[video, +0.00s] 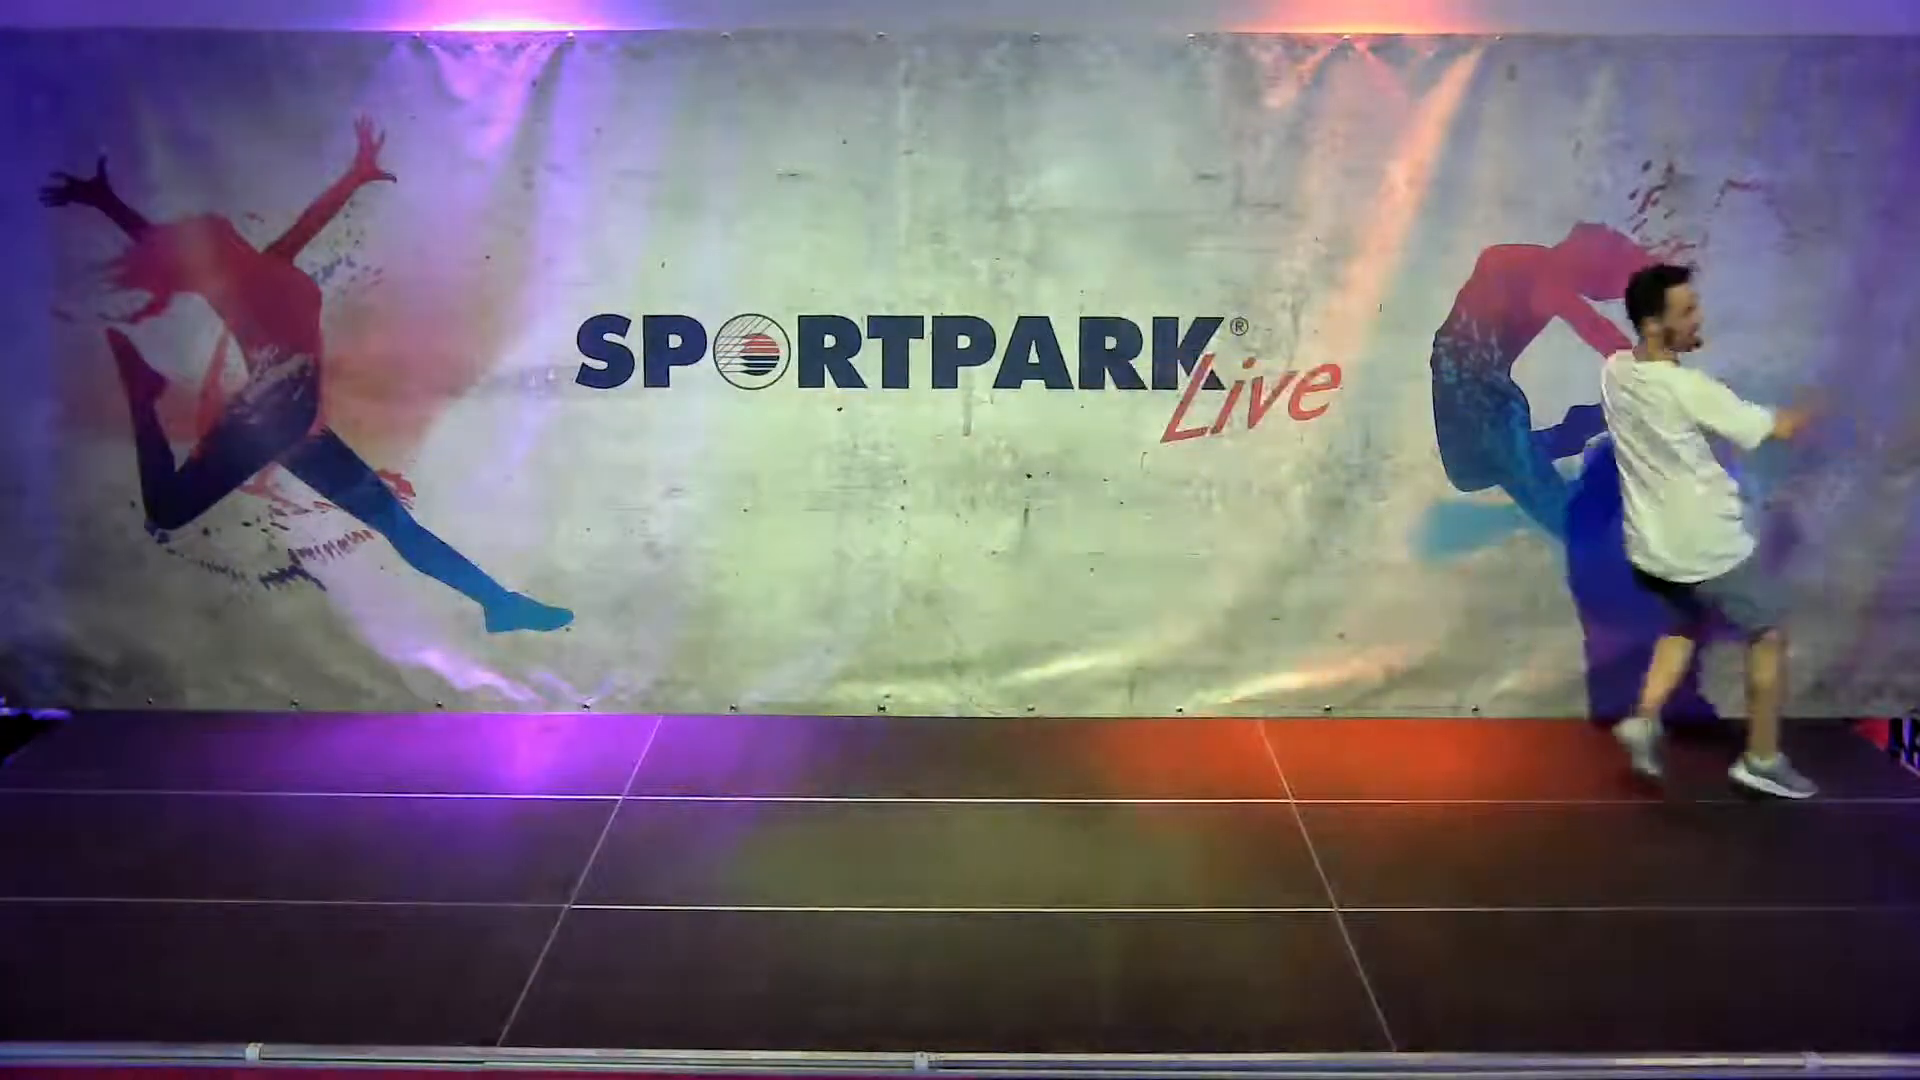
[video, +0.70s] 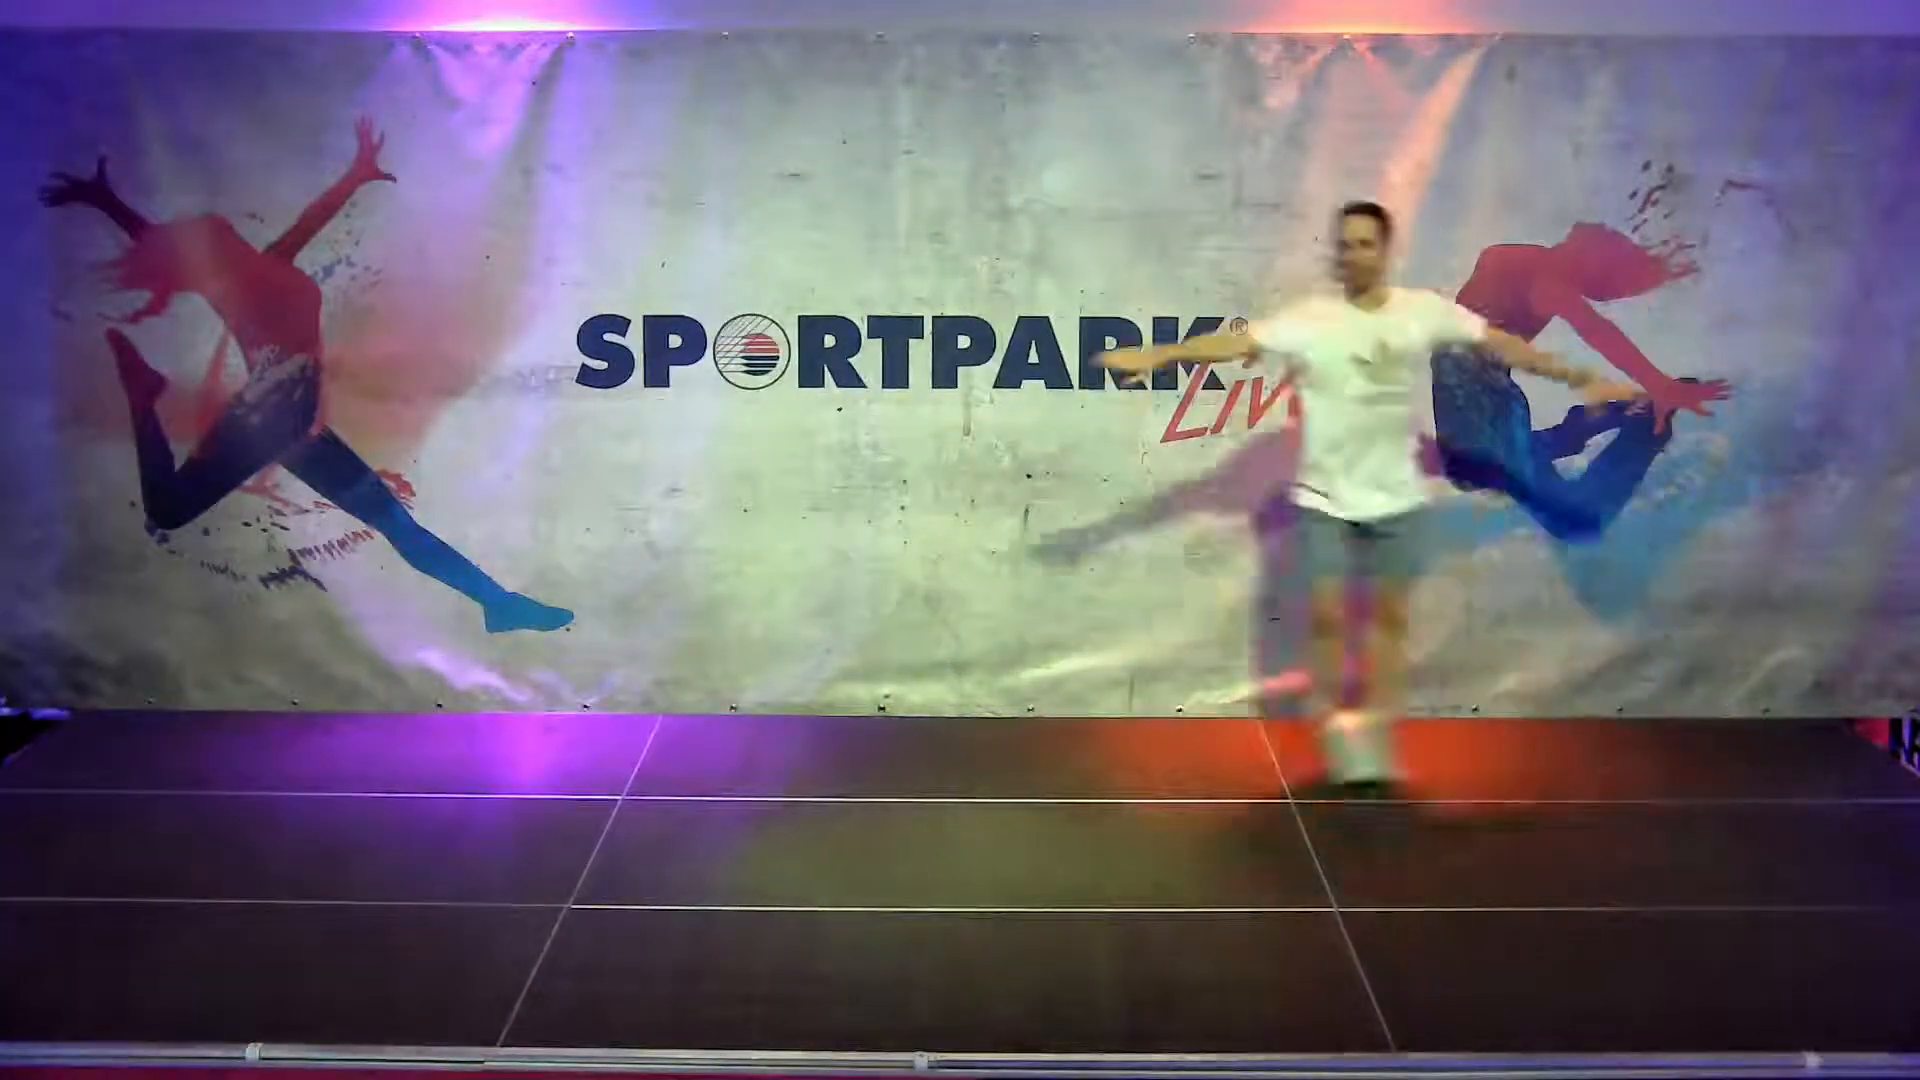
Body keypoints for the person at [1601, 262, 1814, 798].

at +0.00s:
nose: (1698, 319)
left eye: (1695, 307)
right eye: (1688, 311)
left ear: (1646, 324)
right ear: (1656, 322)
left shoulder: (1614, 374)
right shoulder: (1686, 387)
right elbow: (1765, 427)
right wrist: (1806, 411)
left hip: (1648, 551)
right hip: (1708, 551)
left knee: (1684, 623)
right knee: (1767, 632)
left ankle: (1644, 720)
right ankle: (1762, 757)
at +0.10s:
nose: (1658, 329)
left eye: (1661, 317)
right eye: (1644, 321)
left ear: (1664, 318)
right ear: (1616, 330)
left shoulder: (1633, 377)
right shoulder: (1641, 394)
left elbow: (1698, 401)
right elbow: (1725, 402)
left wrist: (1741, 427)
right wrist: (1724, 341)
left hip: (1629, 545)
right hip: (1656, 553)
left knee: (1685, 627)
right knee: (1733, 640)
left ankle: (1602, 720)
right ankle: (1754, 760)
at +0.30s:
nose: (1575, 326)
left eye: (1583, 314)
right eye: (1562, 316)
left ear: (1595, 317)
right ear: (1544, 324)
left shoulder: (1614, 372)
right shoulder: (1541, 391)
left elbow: (1670, 433)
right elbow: (1586, 462)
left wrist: (1732, 487)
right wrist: (1644, 478)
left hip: (1600, 531)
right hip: (1546, 538)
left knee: (1650, 625)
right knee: (1619, 631)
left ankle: (1589, 735)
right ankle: (1575, 742)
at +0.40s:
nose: (1562, 328)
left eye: (1570, 315)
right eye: (1549, 318)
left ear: (1583, 320)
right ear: (1535, 327)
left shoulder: (1604, 374)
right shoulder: (1530, 396)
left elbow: (1665, 433)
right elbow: (1565, 484)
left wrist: (1729, 489)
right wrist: (1620, 526)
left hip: (1586, 528)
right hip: (1532, 537)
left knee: (1633, 632)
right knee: (1599, 637)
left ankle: (1585, 739)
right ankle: (1532, 738)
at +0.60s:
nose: (1406, 281)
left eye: (1419, 271)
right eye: (1399, 271)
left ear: (1443, 279)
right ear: (1387, 279)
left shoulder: (1474, 343)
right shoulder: (1363, 350)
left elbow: (1543, 364)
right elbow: (1284, 364)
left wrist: (1625, 382)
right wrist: (1213, 370)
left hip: (1454, 517)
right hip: (1387, 522)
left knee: (1490, 623)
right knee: (1386, 638)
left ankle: (1501, 732)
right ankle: (1368, 737)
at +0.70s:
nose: (1354, 254)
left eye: (1365, 244)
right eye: (1345, 244)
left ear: (1387, 251)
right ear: (1334, 252)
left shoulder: (1424, 314)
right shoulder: (1308, 320)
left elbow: (1507, 348)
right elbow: (1232, 343)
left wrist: (1583, 379)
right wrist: (1155, 356)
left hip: (1394, 497)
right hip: (1323, 498)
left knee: (1390, 617)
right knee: (1327, 615)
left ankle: (1378, 736)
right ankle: (1331, 733)